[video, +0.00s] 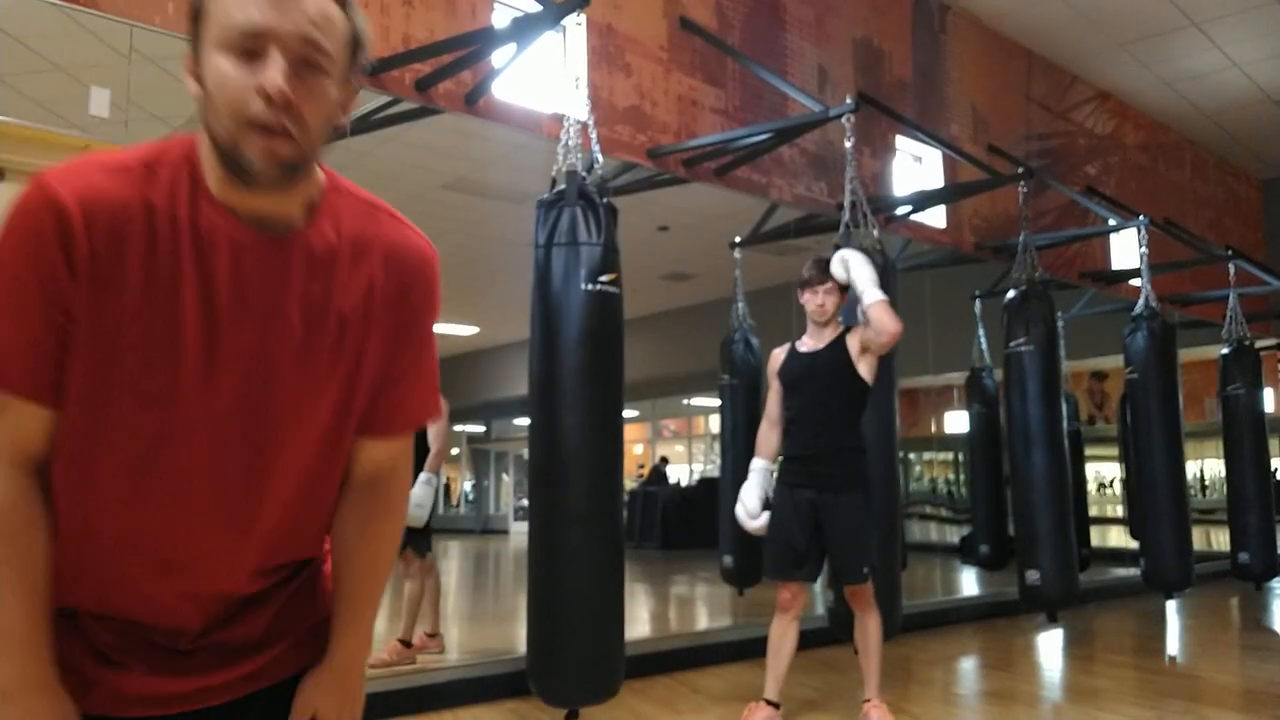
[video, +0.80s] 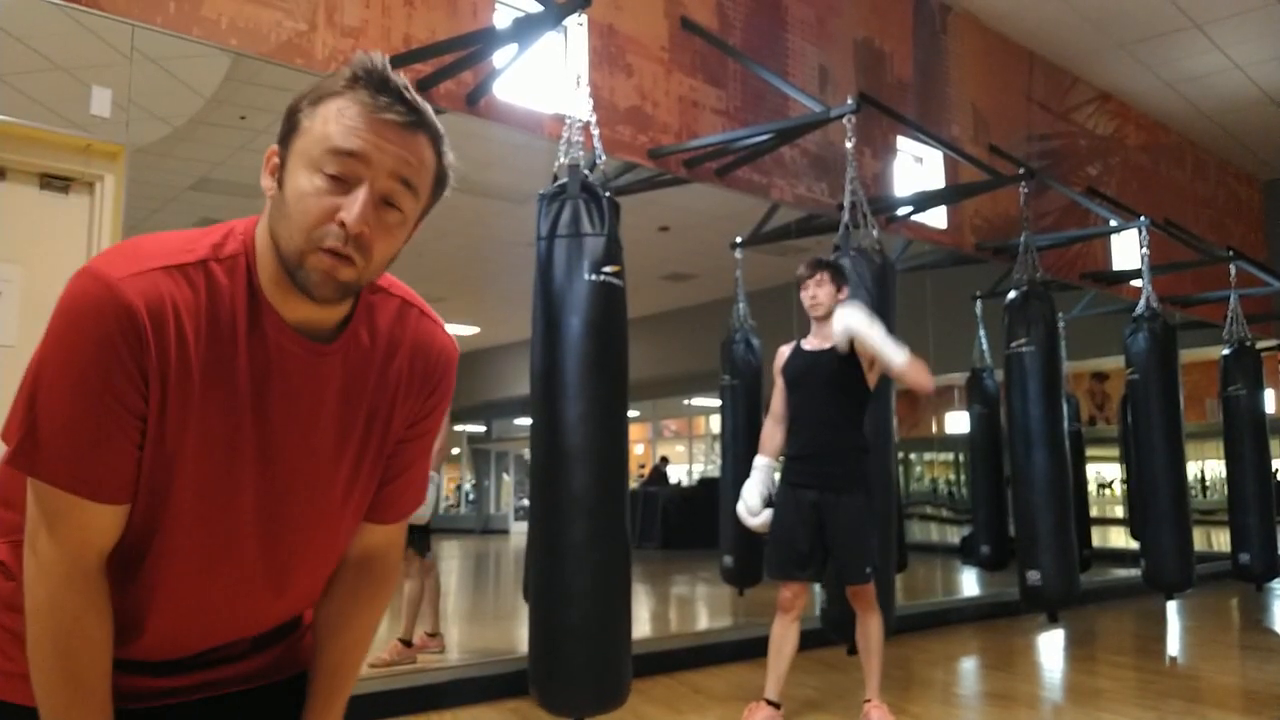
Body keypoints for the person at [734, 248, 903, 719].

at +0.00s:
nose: (820, 299)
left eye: (828, 291)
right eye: (811, 291)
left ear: (842, 297)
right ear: (800, 298)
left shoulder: (859, 339)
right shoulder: (782, 357)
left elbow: (889, 330)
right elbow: (772, 423)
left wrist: (863, 280)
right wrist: (756, 482)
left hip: (848, 489)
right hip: (794, 490)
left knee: (861, 597)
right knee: (788, 600)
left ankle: (872, 700)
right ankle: (770, 702)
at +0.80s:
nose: (812, 291)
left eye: (821, 284)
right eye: (806, 285)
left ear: (842, 292)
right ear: (799, 297)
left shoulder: (862, 345)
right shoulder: (787, 355)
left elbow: (924, 381)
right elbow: (775, 422)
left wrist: (875, 337)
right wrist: (759, 479)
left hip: (851, 491)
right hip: (798, 491)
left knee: (863, 596)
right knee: (789, 599)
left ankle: (873, 701)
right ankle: (770, 703)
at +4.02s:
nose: (835, 293)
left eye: (842, 286)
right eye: (826, 288)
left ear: (852, 294)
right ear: (810, 297)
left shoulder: (877, 350)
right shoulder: (787, 354)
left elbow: (897, 416)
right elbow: (773, 419)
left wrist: (899, 472)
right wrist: (761, 476)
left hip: (860, 491)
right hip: (803, 490)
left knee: (866, 595)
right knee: (788, 597)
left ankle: (873, 700)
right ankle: (770, 702)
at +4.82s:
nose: (831, 293)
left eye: (838, 287)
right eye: (823, 288)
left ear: (852, 296)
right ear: (811, 298)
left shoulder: (879, 351)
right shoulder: (791, 356)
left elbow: (898, 417)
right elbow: (776, 422)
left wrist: (899, 474)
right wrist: (762, 479)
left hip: (860, 492)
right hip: (802, 491)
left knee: (866, 597)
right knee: (788, 598)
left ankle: (873, 701)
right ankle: (770, 703)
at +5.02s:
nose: (831, 294)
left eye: (839, 287)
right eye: (823, 288)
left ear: (853, 296)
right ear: (811, 299)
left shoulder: (879, 351)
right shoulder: (791, 356)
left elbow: (899, 418)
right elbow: (777, 422)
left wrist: (899, 474)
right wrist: (763, 479)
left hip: (860, 492)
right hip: (803, 492)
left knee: (866, 597)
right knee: (790, 599)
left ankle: (873, 701)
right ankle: (770, 703)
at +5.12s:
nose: (831, 295)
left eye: (838, 288)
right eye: (823, 289)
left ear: (853, 295)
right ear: (811, 299)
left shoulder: (880, 351)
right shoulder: (791, 356)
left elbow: (899, 417)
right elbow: (777, 421)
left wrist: (899, 475)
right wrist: (763, 479)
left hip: (860, 491)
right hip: (803, 491)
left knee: (867, 597)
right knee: (791, 599)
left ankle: (873, 701)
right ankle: (770, 703)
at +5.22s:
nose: (831, 295)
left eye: (839, 288)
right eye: (823, 290)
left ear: (853, 296)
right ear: (811, 299)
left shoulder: (880, 352)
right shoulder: (791, 356)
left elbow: (899, 419)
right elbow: (777, 422)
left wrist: (899, 475)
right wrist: (763, 479)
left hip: (860, 492)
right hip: (803, 492)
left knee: (866, 598)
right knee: (791, 599)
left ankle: (873, 701)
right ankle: (770, 703)